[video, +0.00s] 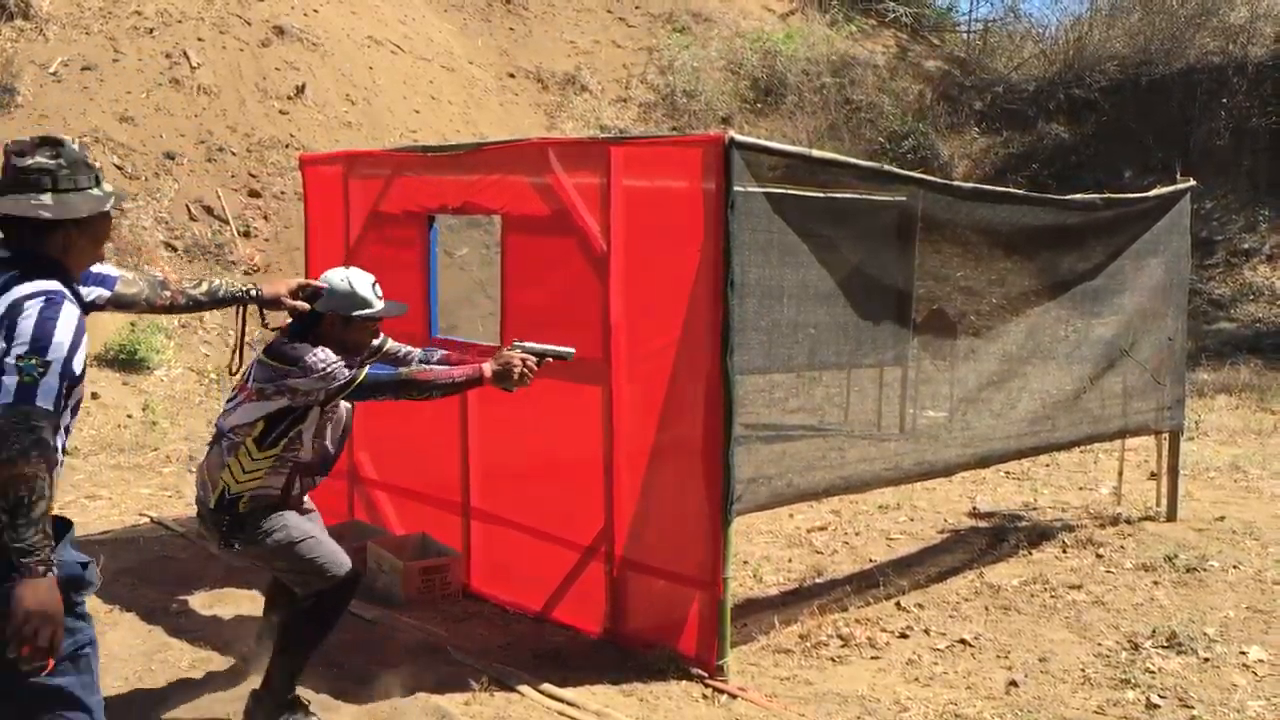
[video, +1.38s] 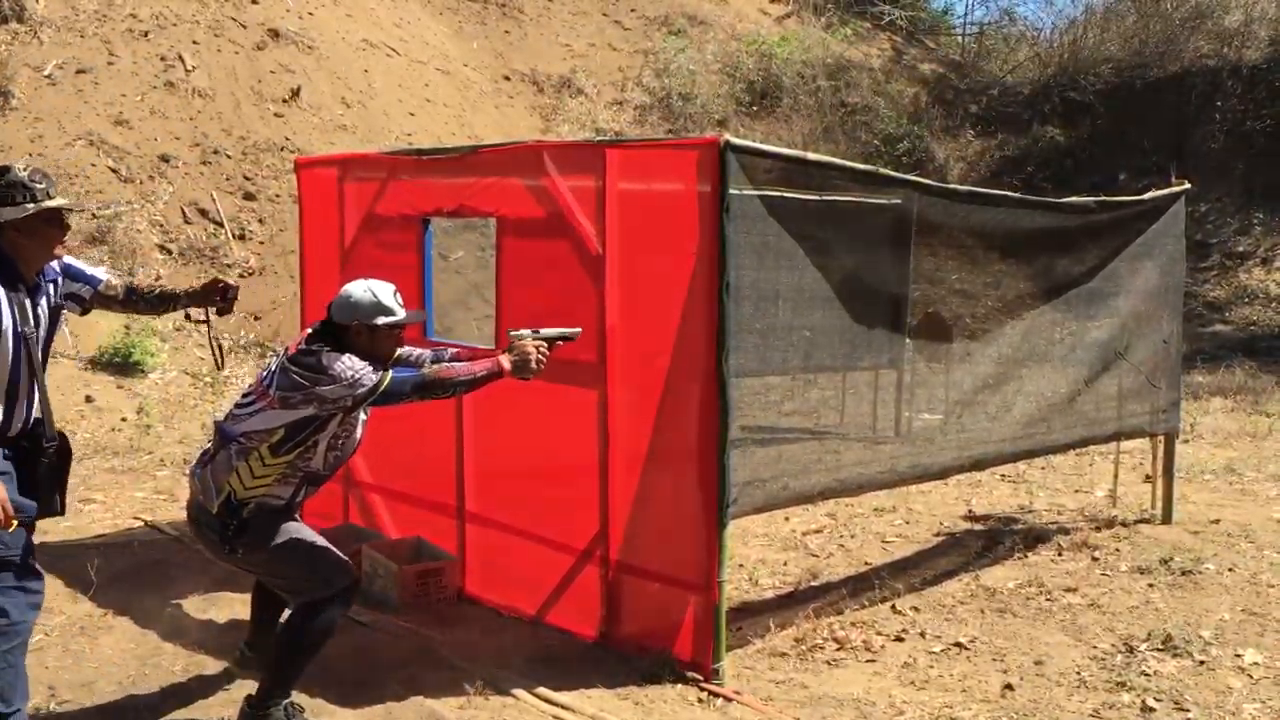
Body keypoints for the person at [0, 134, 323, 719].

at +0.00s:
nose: (109, 227)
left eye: (106, 215)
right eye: (102, 216)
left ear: (32, 227)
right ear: (66, 231)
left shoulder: (29, 276)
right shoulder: (47, 308)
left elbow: (155, 293)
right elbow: (25, 443)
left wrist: (256, 293)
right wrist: (30, 567)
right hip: (20, 545)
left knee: (70, 577)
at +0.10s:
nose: (127, 249)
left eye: (125, 236)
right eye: (121, 237)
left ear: (48, 240)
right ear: (85, 247)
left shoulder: (20, 276)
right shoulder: (70, 318)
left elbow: (156, 307)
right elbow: (102, 458)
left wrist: (262, 310)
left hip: (17, 532)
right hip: (19, 549)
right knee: (82, 698)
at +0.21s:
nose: (130, 255)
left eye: (128, 243)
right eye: (125, 244)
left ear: (64, 250)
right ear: (90, 255)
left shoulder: (34, 287)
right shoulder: (73, 316)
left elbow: (165, 314)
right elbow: (138, 443)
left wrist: (272, 317)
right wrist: (226, 521)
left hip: (15, 523)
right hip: (16, 533)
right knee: (83, 691)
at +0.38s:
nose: (120, 250)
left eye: (117, 239)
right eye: (111, 240)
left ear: (70, 250)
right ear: (75, 251)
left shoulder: (68, 296)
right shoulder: (42, 313)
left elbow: (173, 317)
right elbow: (64, 429)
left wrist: (272, 325)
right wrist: (153, 471)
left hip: (16, 500)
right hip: (11, 508)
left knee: (72, 571)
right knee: (67, 637)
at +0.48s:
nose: (112, 241)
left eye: (109, 230)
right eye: (101, 232)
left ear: (65, 244)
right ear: (62, 246)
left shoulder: (73, 288)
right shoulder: (22, 304)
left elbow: (174, 311)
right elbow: (14, 422)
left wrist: (271, 321)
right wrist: (93, 483)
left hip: (12, 485)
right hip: (5, 489)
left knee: (22, 611)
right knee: (71, 600)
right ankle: (48, 710)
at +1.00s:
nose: (106, 228)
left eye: (104, 217)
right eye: (94, 219)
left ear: (69, 225)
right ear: (53, 227)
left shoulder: (86, 268)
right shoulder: (7, 292)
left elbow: (180, 295)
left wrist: (273, 313)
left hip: (12, 450)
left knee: (13, 593)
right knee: (14, 593)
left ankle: (11, 706)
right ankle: (10, 709)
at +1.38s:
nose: (62, 230)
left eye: (61, 219)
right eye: (49, 221)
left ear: (38, 226)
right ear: (10, 229)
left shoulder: (52, 274)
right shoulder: (3, 293)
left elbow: (126, 293)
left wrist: (195, 297)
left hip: (25, 452)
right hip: (2, 459)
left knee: (18, 588)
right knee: (17, 590)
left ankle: (11, 702)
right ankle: (10, 704)